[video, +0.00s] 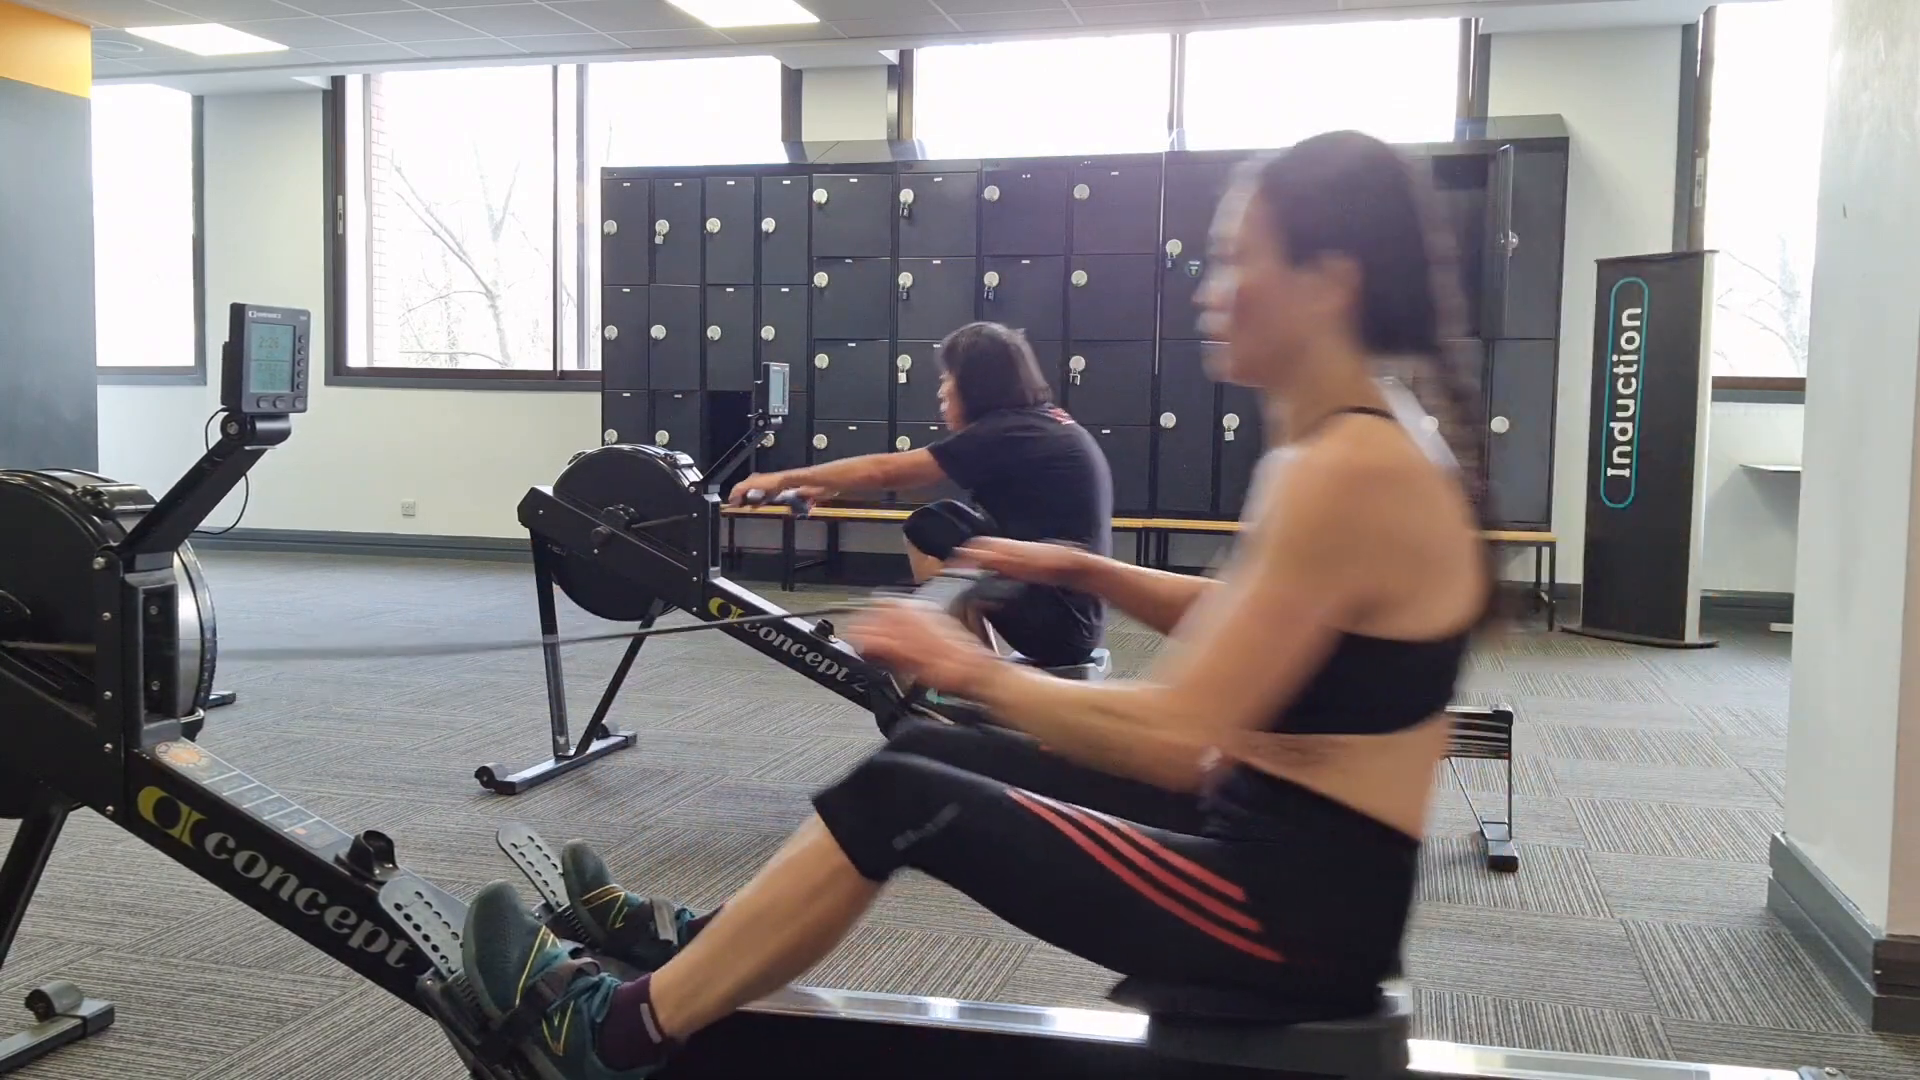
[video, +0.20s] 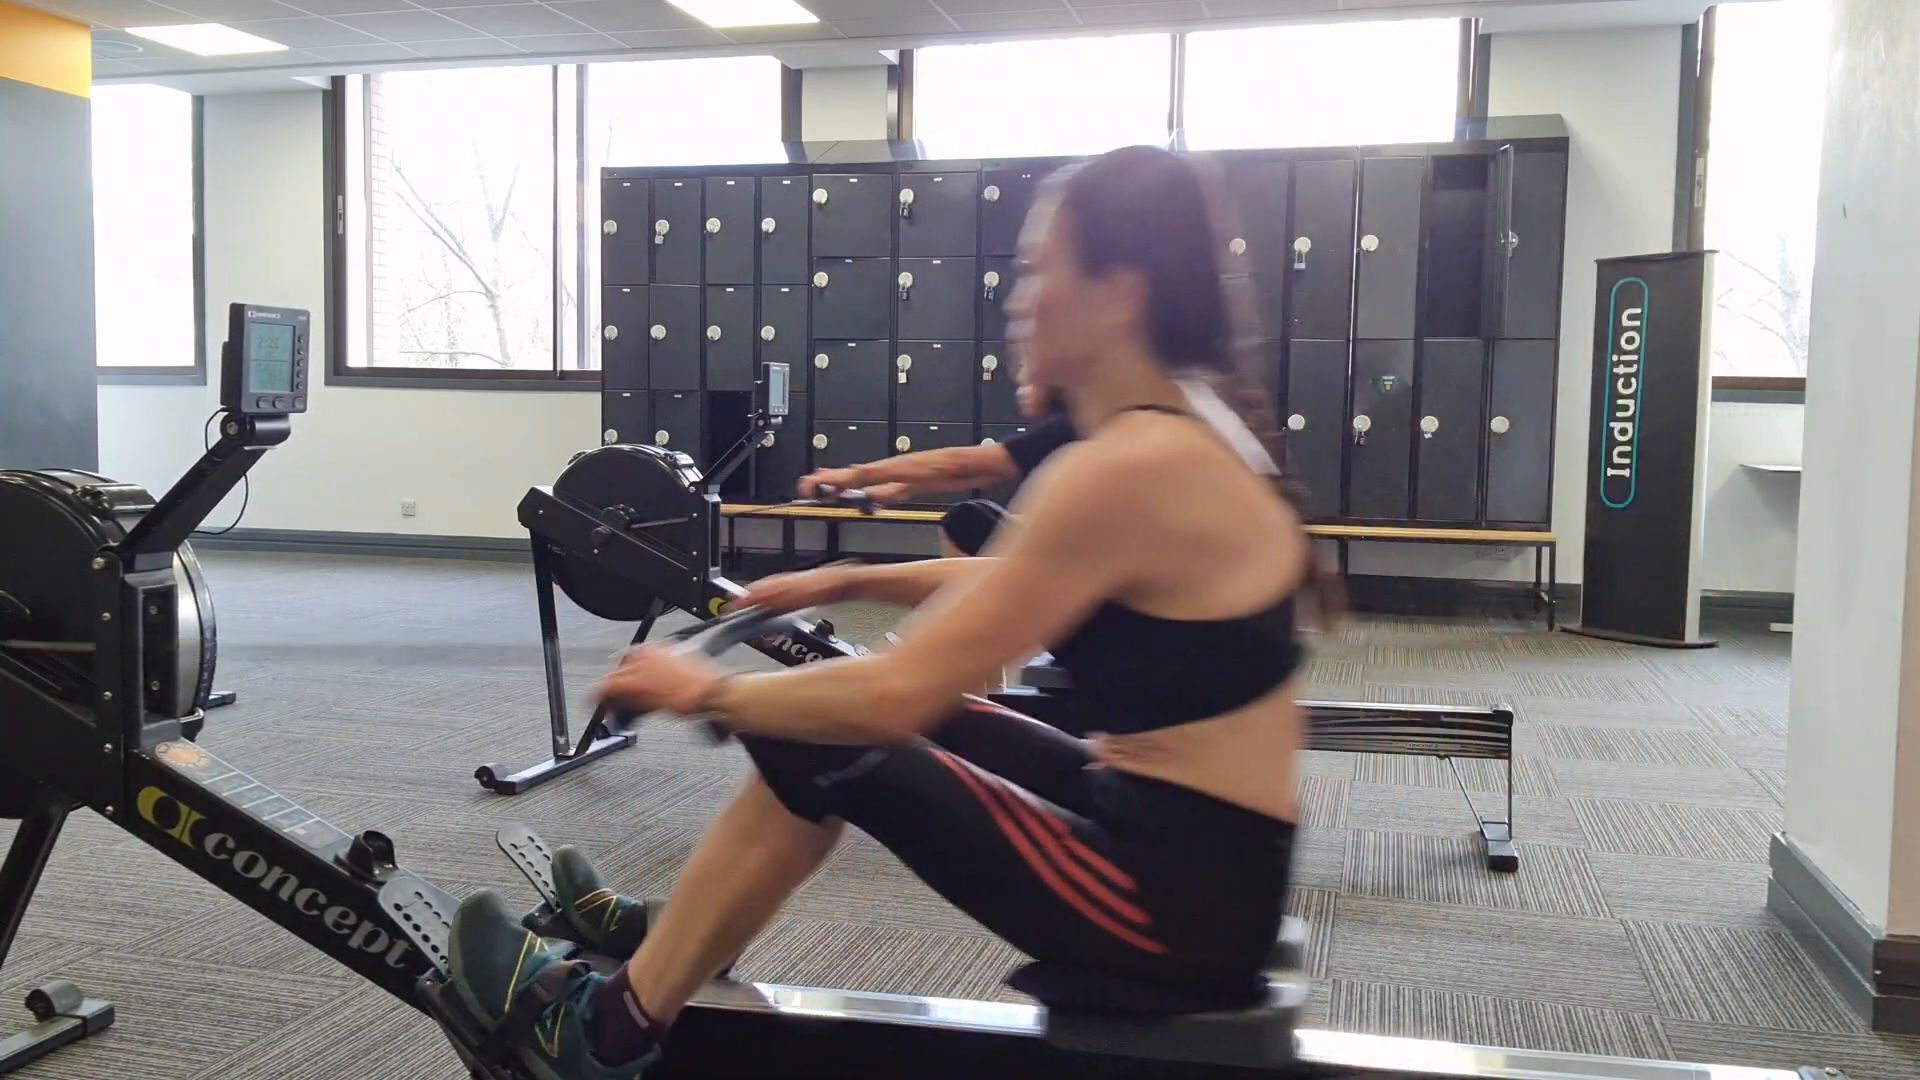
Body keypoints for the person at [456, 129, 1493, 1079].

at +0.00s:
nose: (1208, 296)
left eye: (1236, 263)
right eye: (1213, 266)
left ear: (1334, 280)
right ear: (1319, 284)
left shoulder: (1350, 469)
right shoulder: (1347, 453)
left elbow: (1179, 743)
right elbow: (1253, 628)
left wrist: (972, 669)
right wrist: (1084, 571)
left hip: (1290, 910)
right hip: (1273, 868)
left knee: (913, 786)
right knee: (923, 747)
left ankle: (640, 1025)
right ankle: (691, 975)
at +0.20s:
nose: (1015, 303)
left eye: (1036, 274)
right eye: (1021, 275)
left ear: (1124, 292)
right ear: (1121, 295)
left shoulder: (1129, 469)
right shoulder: (1179, 433)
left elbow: (891, 705)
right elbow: (1017, 584)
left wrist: (704, 688)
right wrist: (846, 583)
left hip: (1169, 901)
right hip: (1176, 831)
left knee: (834, 741)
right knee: (858, 695)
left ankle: (621, 1020)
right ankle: (672, 952)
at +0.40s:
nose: (846, 316)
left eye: (866, 290)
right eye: (853, 290)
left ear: (941, 315)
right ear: (939, 317)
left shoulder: (939, 480)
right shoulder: (1027, 437)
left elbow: (683, 659)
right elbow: (779, 606)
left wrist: (492, 745)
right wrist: (658, 639)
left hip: (1041, 901)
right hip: (1094, 868)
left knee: (728, 701)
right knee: (788, 655)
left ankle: (614, 1015)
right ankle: (692, 948)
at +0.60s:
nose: (706, 342)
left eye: (722, 319)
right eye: (714, 316)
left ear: (790, 341)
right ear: (828, 348)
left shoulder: (792, 486)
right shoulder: (919, 467)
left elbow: (511, 653)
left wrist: (327, 759)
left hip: (946, 894)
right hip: (1025, 874)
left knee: (661, 668)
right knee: (722, 644)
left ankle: (606, 1015)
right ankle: (685, 944)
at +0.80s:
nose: (671, 342)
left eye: (687, 320)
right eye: (681, 317)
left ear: (752, 349)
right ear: (797, 355)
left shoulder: (753, 488)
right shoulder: (890, 470)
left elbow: (459, 609)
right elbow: (1035, 627)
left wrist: (259, 676)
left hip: (922, 893)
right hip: (999, 877)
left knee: (644, 645)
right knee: (709, 625)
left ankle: (604, 1000)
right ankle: (683, 929)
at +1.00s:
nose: (812, 314)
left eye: (832, 290)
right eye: (820, 288)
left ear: (906, 319)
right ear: (922, 321)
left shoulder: (883, 473)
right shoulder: (1005, 443)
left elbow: (602, 583)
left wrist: (411, 649)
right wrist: (672, 575)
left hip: (1005, 891)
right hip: (1076, 870)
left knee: (716, 661)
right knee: (765, 643)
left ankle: (605, 998)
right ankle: (684, 949)